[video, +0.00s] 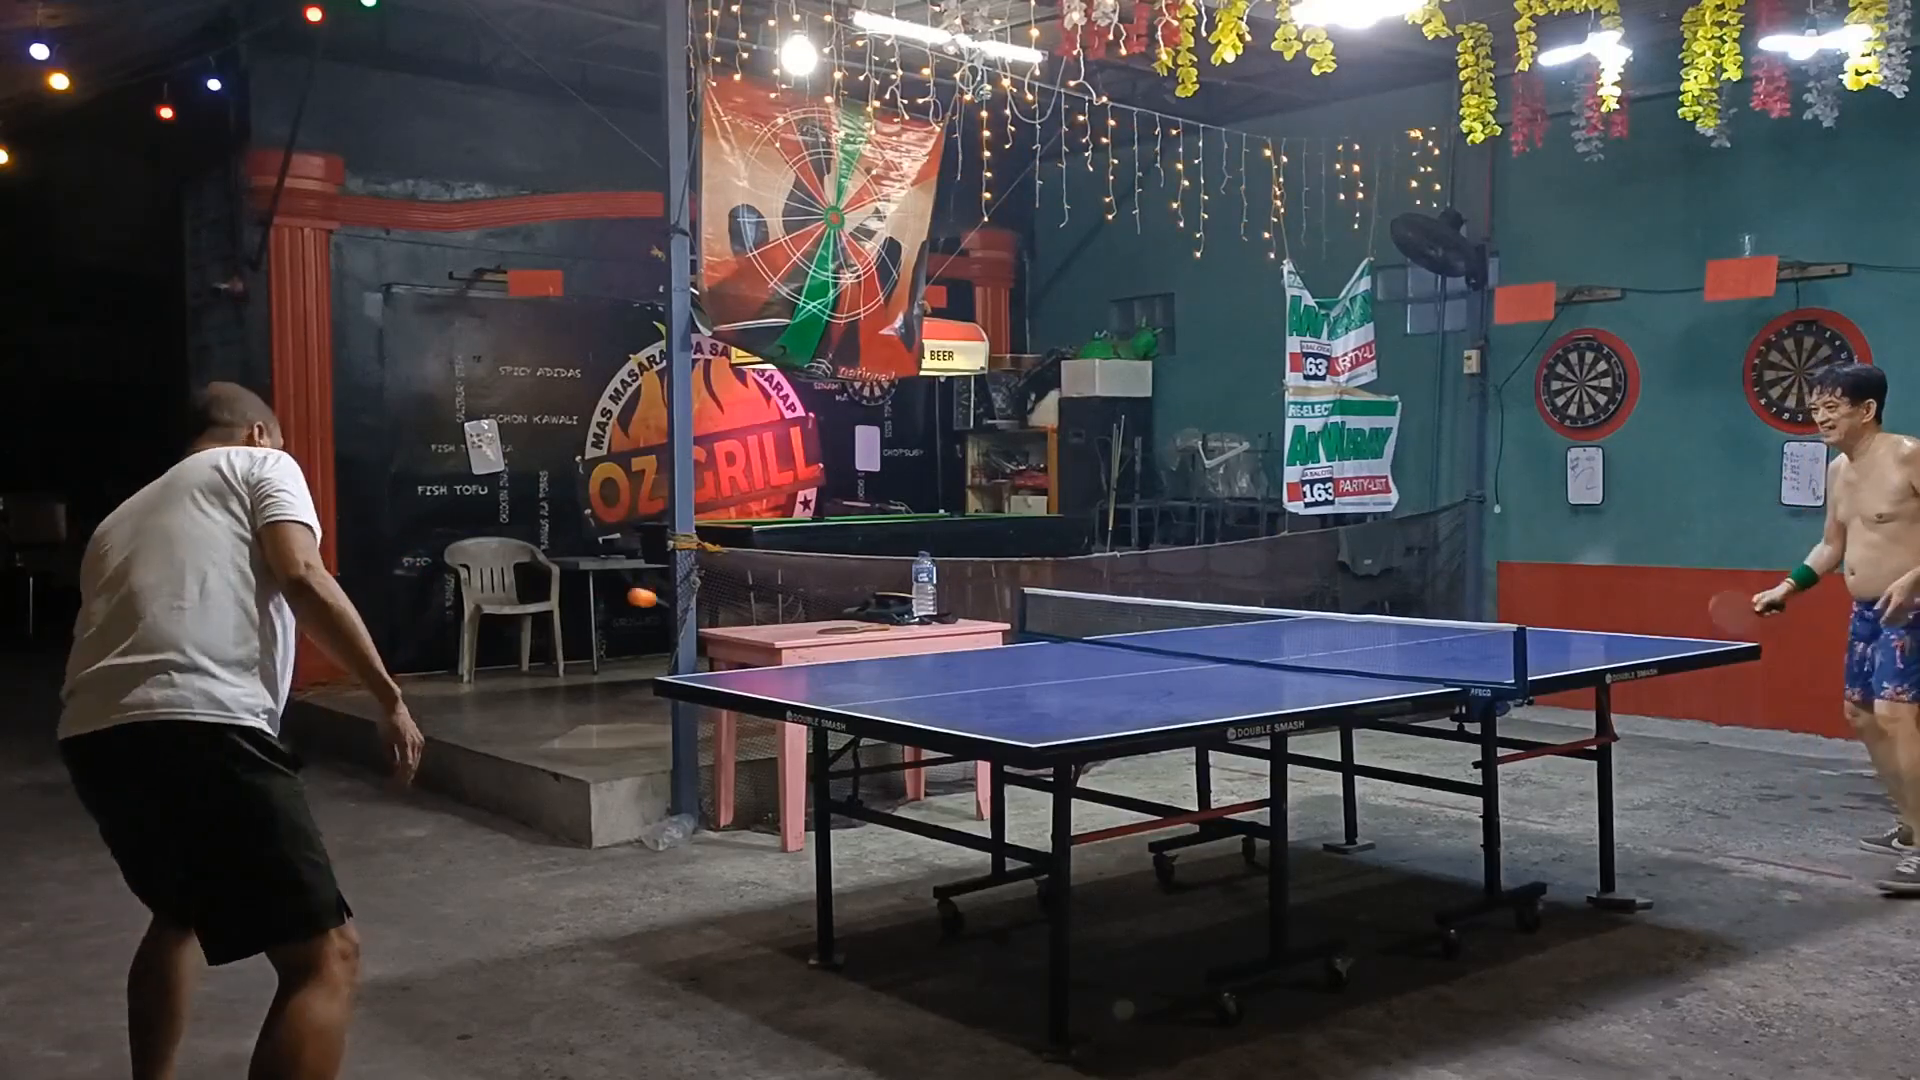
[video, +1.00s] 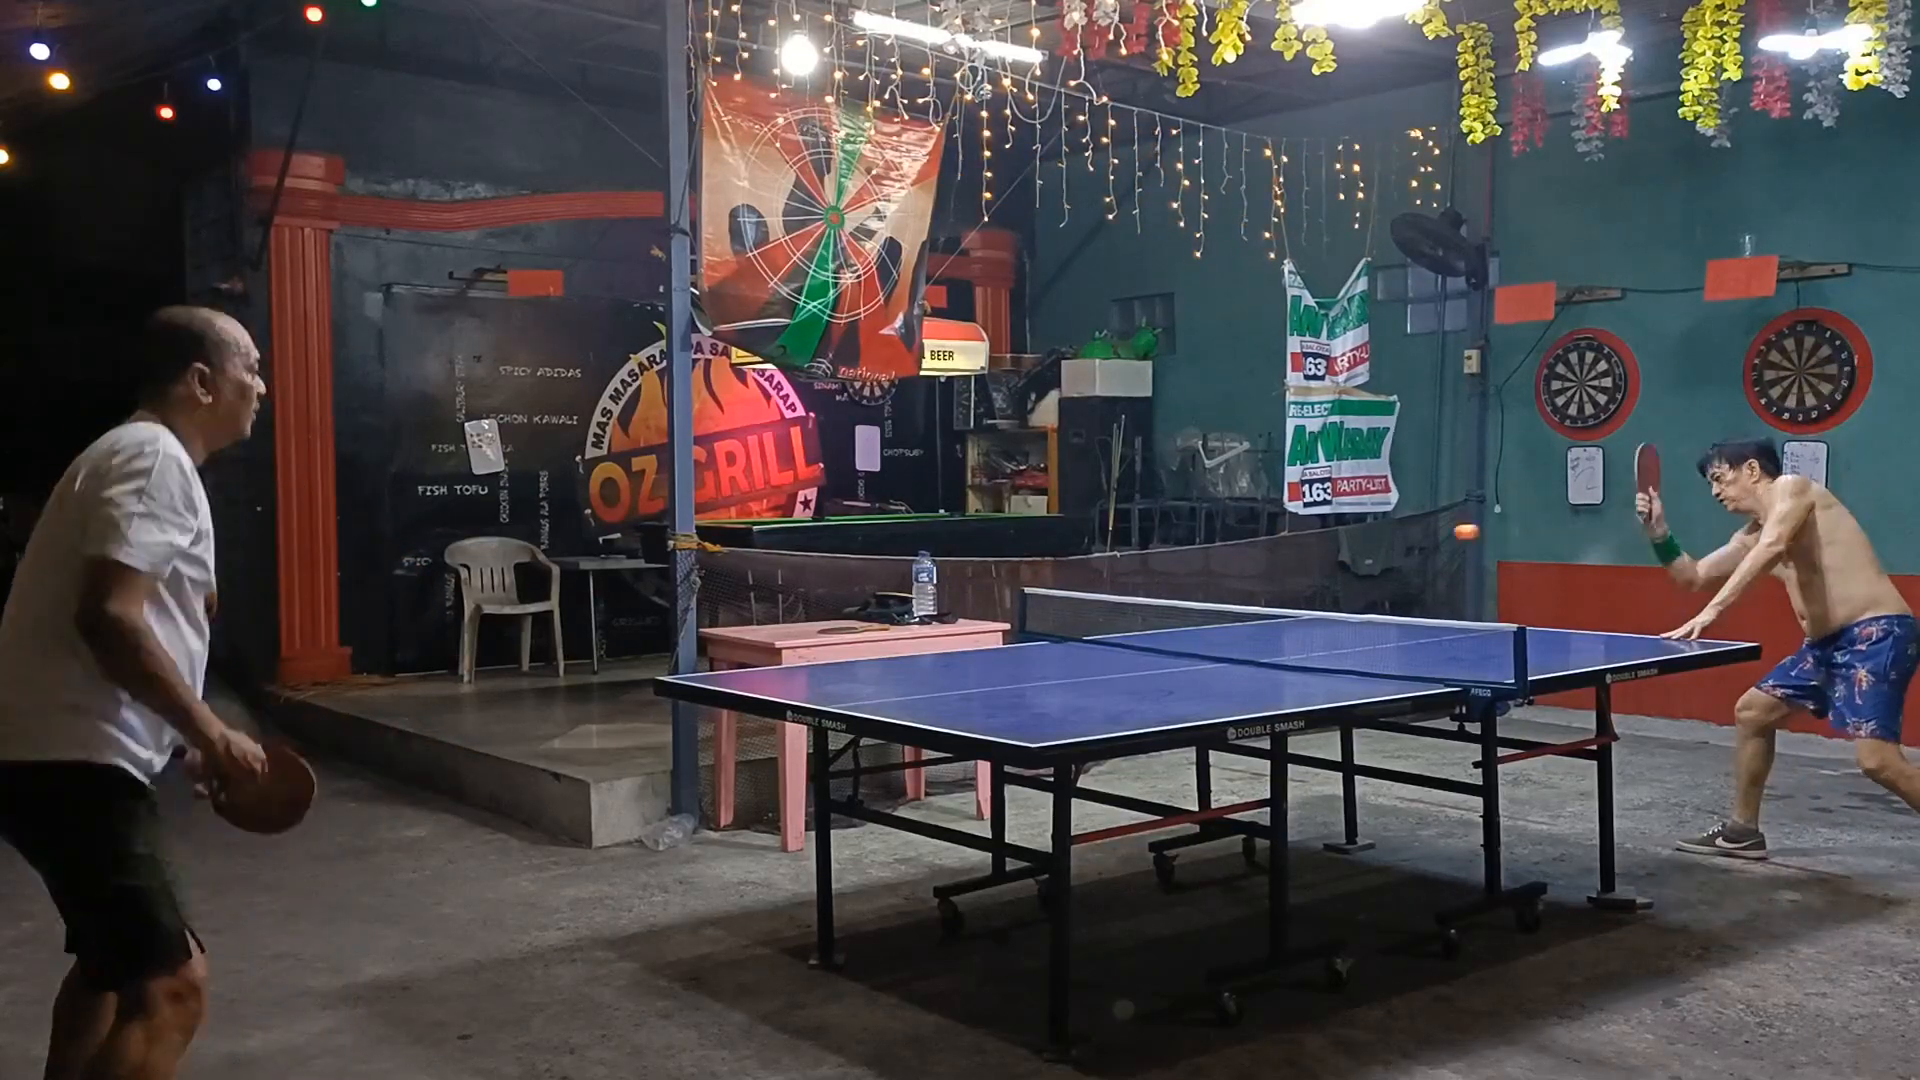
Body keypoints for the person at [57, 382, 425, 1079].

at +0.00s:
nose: (280, 454)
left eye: (279, 447)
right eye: (279, 446)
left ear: (196, 439)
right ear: (259, 435)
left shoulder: (115, 519)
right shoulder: (262, 465)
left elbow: (94, 646)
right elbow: (298, 574)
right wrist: (390, 699)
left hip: (94, 736)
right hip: (206, 725)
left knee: (175, 914)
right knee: (324, 960)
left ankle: (151, 1072)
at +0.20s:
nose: (287, 494)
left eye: (288, 483)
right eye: (286, 481)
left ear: (213, 461)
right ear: (271, 466)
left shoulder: (164, 529)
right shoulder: (244, 477)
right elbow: (246, 565)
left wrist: (373, 650)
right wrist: (367, 683)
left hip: (78, 739)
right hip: (169, 727)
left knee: (193, 916)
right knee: (298, 945)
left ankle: (160, 1070)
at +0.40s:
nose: (295, 465)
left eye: (296, 451)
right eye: (295, 448)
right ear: (271, 436)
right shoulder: (227, 455)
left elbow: (253, 673)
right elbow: (187, 541)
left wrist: (367, 734)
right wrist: (252, 663)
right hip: (126, 707)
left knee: (181, 937)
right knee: (223, 937)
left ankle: (161, 1070)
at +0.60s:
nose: (282, 439)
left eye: (283, 422)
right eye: (280, 420)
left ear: (210, 413)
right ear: (247, 413)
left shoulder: (151, 470)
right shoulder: (212, 460)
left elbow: (176, 658)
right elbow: (172, 572)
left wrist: (241, 770)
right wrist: (221, 721)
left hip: (78, 728)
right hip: (125, 732)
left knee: (173, 964)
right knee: (174, 981)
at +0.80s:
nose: (263, 376)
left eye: (266, 359)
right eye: (261, 358)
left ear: (185, 353)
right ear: (221, 352)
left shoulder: (114, 424)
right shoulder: (186, 414)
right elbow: (151, 552)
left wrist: (198, 716)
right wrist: (220, 692)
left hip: (56, 702)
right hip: (108, 707)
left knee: (133, 944)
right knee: (170, 950)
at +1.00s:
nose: (261, 390)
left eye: (259, 372)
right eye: (252, 371)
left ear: (190, 382)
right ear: (201, 380)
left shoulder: (125, 456)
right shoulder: (152, 457)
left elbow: (125, 627)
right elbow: (110, 614)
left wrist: (200, 743)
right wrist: (208, 732)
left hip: (51, 756)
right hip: (77, 760)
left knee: (107, 963)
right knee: (174, 988)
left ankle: (68, 1075)